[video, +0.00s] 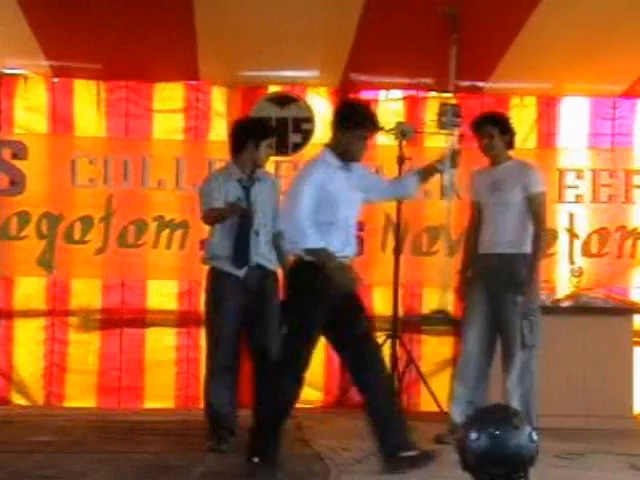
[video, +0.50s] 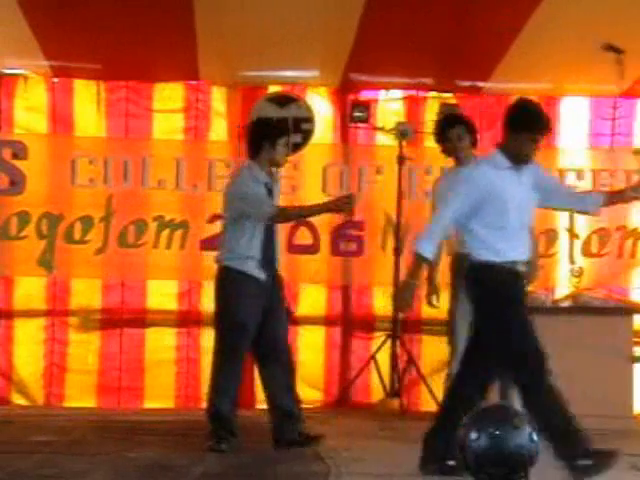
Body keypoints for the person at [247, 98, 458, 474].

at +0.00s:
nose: (365, 146)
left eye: (368, 139)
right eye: (360, 138)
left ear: (366, 139)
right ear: (341, 134)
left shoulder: (356, 175)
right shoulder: (315, 172)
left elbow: (396, 188)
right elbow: (295, 225)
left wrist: (438, 166)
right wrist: (328, 261)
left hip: (337, 273)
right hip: (309, 272)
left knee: (368, 363)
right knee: (289, 366)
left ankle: (397, 447)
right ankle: (263, 451)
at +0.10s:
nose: (403, 151)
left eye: (407, 143)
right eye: (398, 142)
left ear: (405, 142)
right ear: (378, 138)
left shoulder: (396, 179)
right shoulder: (356, 175)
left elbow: (428, 197)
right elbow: (337, 226)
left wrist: (465, 181)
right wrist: (361, 266)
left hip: (382, 278)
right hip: (353, 276)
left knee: (407, 368)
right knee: (327, 363)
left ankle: (433, 452)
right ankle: (272, 437)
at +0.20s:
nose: (444, 146)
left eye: (448, 139)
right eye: (439, 138)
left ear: (448, 137)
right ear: (418, 134)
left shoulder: (434, 174)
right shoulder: (395, 173)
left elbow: (464, 195)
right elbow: (370, 228)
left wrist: (508, 186)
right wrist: (379, 276)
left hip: (421, 274)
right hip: (396, 273)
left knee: (440, 366)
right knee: (403, 361)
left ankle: (436, 455)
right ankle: (325, 421)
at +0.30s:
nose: (476, 145)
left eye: (478, 137)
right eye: (470, 136)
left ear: (473, 135)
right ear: (447, 132)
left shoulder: (463, 171)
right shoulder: (419, 168)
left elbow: (496, 195)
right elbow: (388, 218)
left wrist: (547, 184)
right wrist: (385, 275)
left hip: (446, 270)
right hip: (418, 268)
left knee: (447, 361)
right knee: (445, 361)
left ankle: (438, 454)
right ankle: (383, 423)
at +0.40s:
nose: (507, 144)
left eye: (511, 136)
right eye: (502, 135)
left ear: (510, 134)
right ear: (481, 130)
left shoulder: (504, 167)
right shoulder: (453, 169)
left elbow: (536, 196)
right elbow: (416, 217)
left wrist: (588, 190)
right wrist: (397, 273)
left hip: (493, 268)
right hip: (461, 268)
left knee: (463, 365)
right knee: (506, 346)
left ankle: (437, 452)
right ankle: (506, 445)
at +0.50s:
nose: (534, 147)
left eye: (537, 140)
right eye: (529, 139)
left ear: (539, 139)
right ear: (509, 134)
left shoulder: (531, 175)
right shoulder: (477, 175)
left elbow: (572, 199)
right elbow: (440, 224)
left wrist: (622, 196)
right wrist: (413, 279)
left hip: (512, 277)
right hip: (486, 276)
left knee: (476, 371)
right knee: (529, 365)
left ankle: (437, 451)